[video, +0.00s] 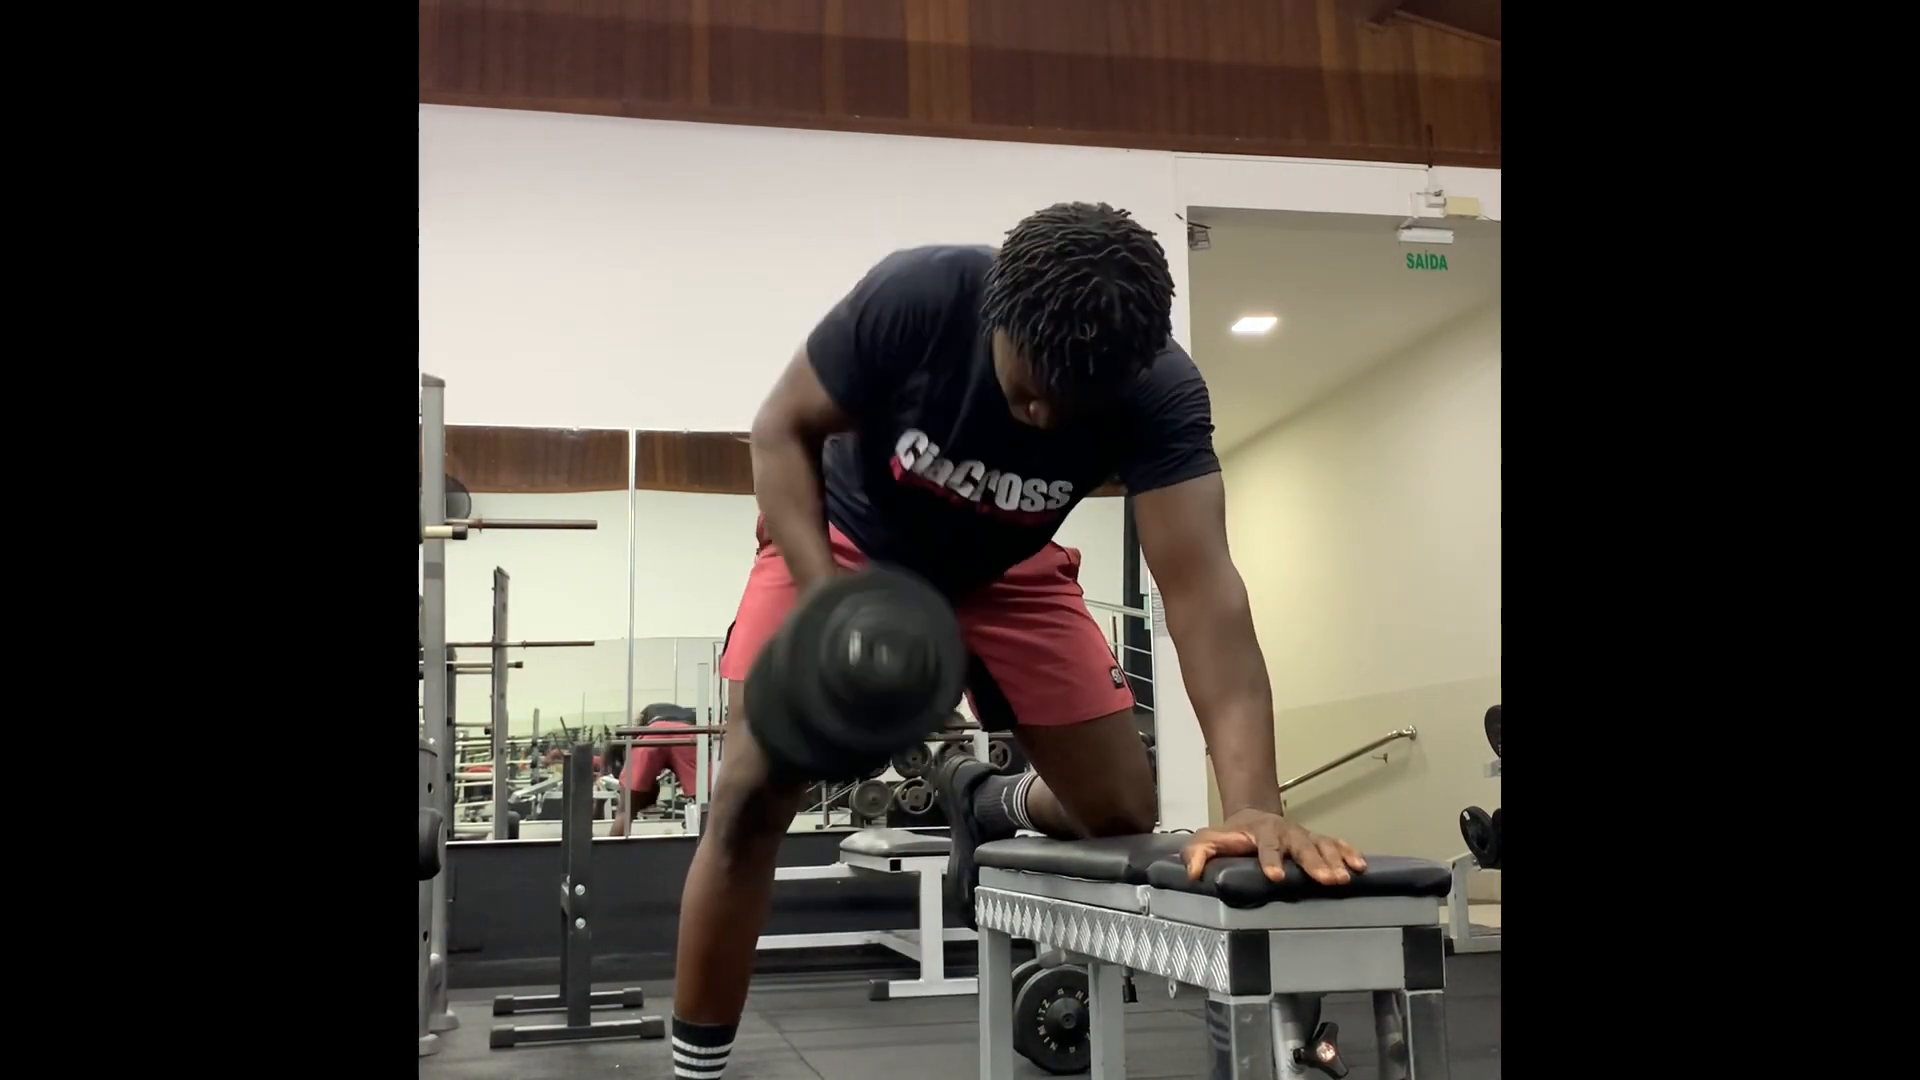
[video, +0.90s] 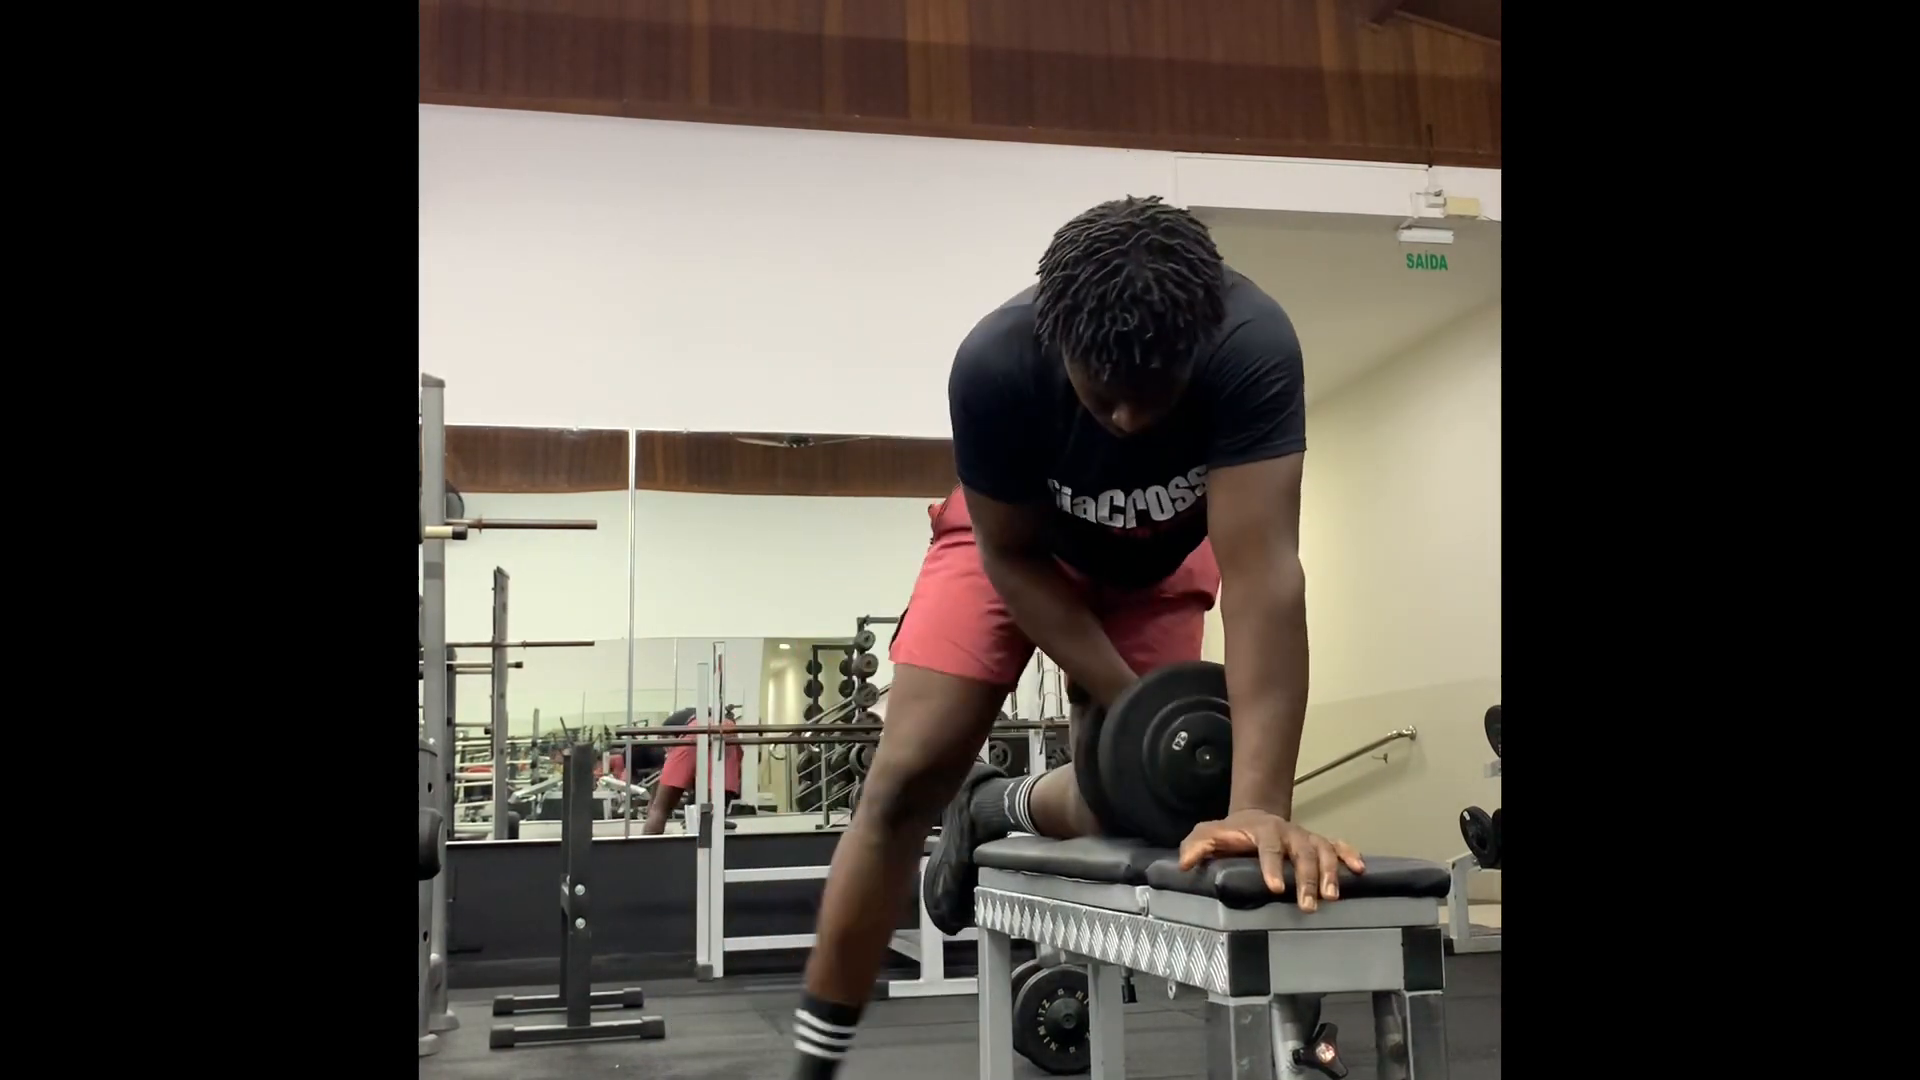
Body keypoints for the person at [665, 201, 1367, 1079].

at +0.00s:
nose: (1039, 416)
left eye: (1068, 405)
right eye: (1026, 388)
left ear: (1128, 360)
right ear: (1000, 319)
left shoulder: (1159, 393)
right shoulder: (915, 300)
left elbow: (1202, 586)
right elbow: (779, 430)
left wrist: (1255, 805)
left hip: (1013, 570)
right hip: (847, 542)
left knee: (1123, 814)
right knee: (748, 802)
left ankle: (992, 803)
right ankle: (697, 1070)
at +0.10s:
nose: (1043, 440)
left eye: (1071, 423)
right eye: (1026, 412)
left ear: (1123, 378)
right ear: (992, 351)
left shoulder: (1149, 393)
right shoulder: (890, 374)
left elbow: (1199, 582)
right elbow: (806, 580)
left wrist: (1256, 803)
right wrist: (841, 802)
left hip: (1018, 570)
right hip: (852, 546)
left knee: (1123, 813)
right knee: (751, 792)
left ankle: (985, 798)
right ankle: (696, 1075)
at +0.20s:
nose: (1066, 503)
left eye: (1087, 485)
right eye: (1043, 478)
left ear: (1130, 438)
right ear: (997, 430)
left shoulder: (1138, 402)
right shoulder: (893, 484)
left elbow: (1199, 587)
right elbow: (855, 727)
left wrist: (1254, 809)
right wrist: (863, 976)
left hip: (1021, 569)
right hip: (850, 551)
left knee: (1121, 815)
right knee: (751, 801)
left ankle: (994, 803)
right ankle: (696, 1069)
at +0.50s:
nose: (1071, 442)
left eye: (1099, 426)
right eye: (1053, 416)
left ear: (1152, 376)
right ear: (1018, 354)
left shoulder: (1189, 377)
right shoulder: (927, 381)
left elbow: (1222, 583)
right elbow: (867, 610)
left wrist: (1256, 807)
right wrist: (896, 847)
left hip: (1035, 561)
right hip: (866, 534)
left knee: (1121, 813)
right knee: (758, 795)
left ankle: (977, 803)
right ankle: (696, 1066)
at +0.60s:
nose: (1113, 387)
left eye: (1143, 366)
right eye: (1091, 356)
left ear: (1195, 325)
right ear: (1057, 290)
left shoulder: (1230, 356)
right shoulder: (970, 305)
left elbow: (1241, 565)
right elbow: (879, 481)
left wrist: (1257, 805)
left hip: (1079, 560)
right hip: (915, 521)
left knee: (1124, 821)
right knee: (801, 783)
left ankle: (971, 799)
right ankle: (699, 1060)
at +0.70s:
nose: (1124, 385)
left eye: (1153, 363)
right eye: (1102, 356)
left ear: (1201, 320)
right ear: (1068, 293)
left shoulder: (1249, 345)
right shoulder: (988, 314)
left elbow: (1258, 560)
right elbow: (935, 494)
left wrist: (1259, 803)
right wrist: (1028, 655)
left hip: (1115, 566)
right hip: (955, 529)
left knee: (1129, 828)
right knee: (841, 788)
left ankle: (977, 806)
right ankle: (728, 1061)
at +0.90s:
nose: (1123, 419)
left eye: (1150, 395)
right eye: (1100, 394)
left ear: (1196, 348)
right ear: (1063, 340)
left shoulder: (1252, 347)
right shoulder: (997, 367)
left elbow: (1262, 570)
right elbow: (1012, 556)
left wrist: (1260, 804)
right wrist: (1140, 716)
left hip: (1160, 569)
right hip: (1011, 539)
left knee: (1136, 808)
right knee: (904, 780)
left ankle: (990, 807)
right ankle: (814, 1058)